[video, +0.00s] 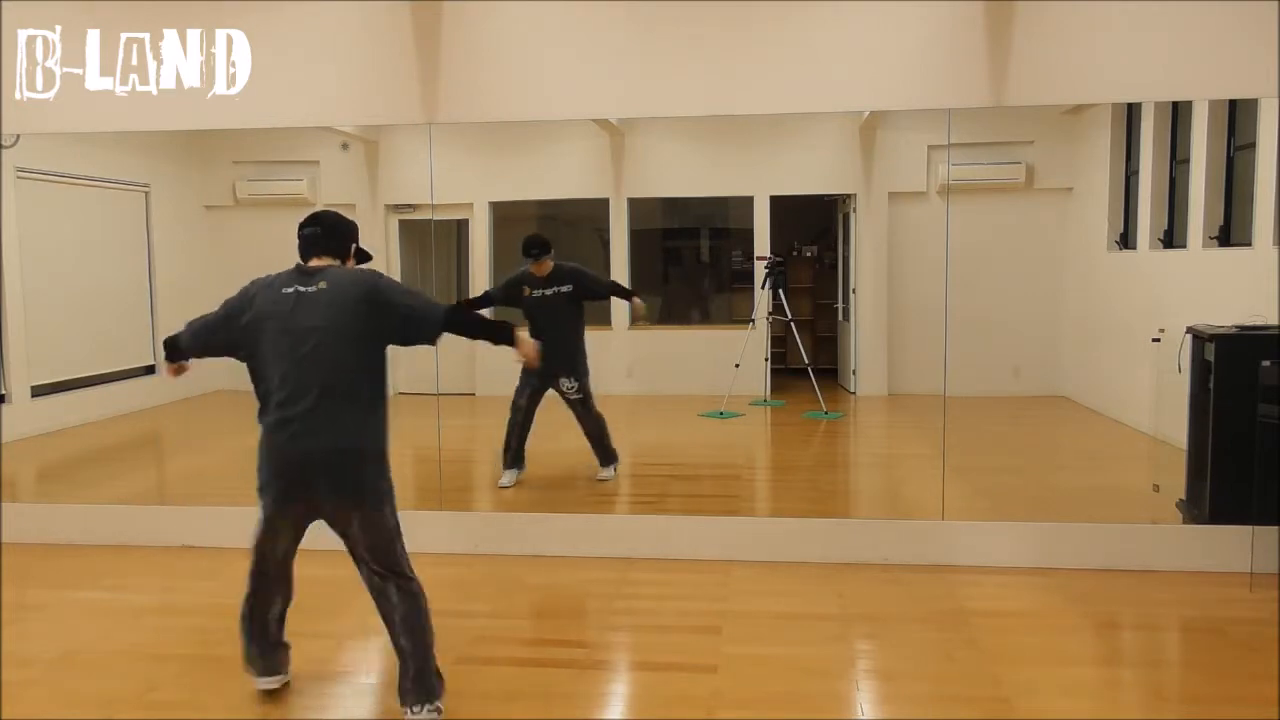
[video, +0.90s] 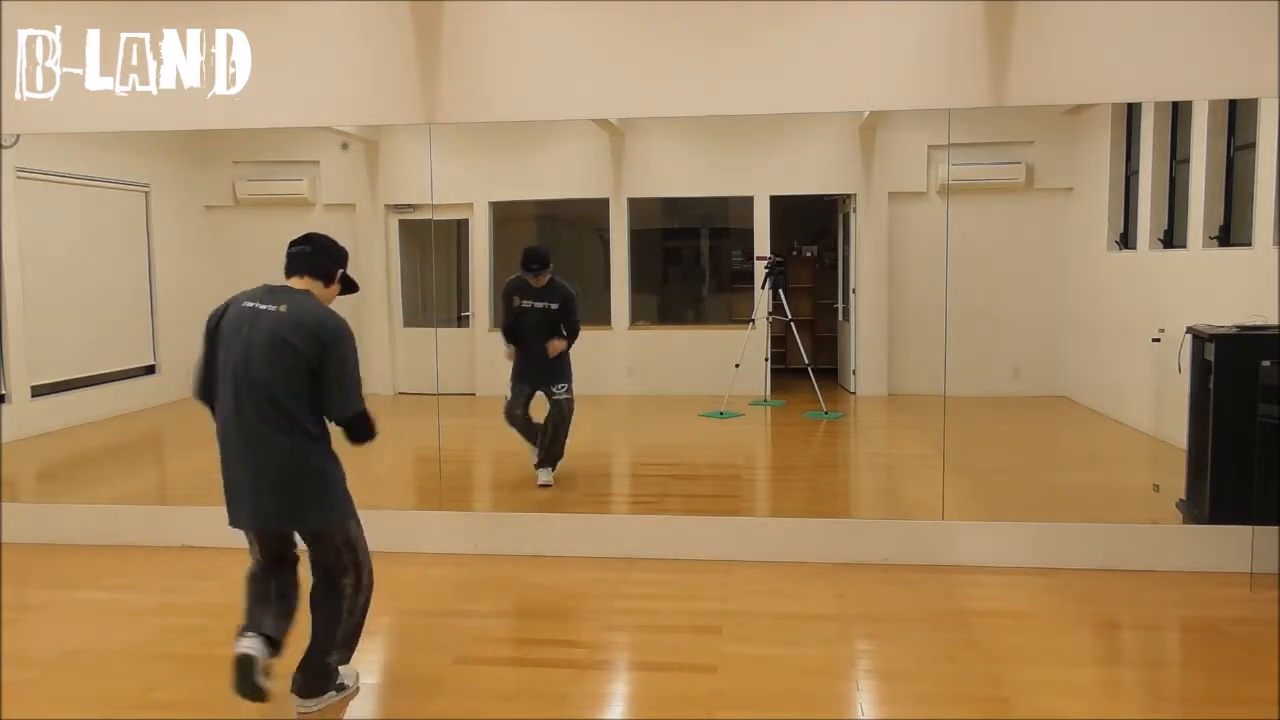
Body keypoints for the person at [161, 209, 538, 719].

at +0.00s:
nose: (355, 262)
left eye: (353, 257)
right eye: (355, 256)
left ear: (300, 253)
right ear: (348, 255)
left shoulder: (260, 295)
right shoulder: (367, 286)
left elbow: (199, 333)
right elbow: (444, 316)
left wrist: (174, 353)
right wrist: (511, 336)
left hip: (284, 465)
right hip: (355, 463)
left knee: (271, 558)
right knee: (391, 576)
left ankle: (266, 665)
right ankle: (422, 698)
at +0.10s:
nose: (366, 268)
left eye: (365, 263)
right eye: (365, 261)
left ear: (309, 259)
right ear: (358, 260)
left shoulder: (271, 306)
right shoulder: (382, 299)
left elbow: (224, 358)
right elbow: (457, 345)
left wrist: (188, 381)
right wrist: (527, 374)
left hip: (302, 469)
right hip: (374, 468)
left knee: (305, 562)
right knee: (388, 581)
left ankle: (304, 660)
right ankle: (418, 709)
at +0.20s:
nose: (371, 271)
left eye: (369, 266)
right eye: (372, 265)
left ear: (315, 260)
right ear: (365, 263)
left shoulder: (277, 309)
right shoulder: (382, 305)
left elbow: (224, 399)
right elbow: (431, 378)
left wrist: (248, 437)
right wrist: (463, 427)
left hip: (308, 484)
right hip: (375, 482)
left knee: (327, 580)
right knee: (395, 588)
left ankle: (322, 690)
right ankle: (410, 701)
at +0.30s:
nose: (374, 270)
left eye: (374, 264)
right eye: (376, 263)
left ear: (319, 256)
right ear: (369, 260)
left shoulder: (275, 310)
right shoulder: (380, 307)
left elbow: (264, 407)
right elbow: (392, 403)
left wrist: (301, 445)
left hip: (304, 489)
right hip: (371, 483)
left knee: (319, 603)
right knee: (406, 588)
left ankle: (328, 711)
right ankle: (404, 693)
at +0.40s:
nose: (379, 265)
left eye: (379, 258)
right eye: (379, 257)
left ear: (322, 251)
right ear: (369, 253)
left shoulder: (275, 297)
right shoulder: (377, 290)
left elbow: (268, 383)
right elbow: (384, 374)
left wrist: (319, 371)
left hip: (284, 470)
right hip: (351, 465)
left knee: (305, 601)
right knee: (396, 561)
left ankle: (324, 711)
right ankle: (369, 668)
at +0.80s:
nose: (351, 295)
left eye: (354, 286)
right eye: (354, 284)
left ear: (306, 265)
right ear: (344, 274)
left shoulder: (256, 301)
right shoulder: (341, 313)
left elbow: (247, 380)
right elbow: (347, 404)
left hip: (251, 476)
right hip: (317, 475)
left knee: (289, 582)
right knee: (340, 579)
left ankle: (302, 668)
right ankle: (325, 670)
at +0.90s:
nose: (336, 295)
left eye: (338, 286)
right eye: (338, 285)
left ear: (290, 270)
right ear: (329, 278)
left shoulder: (230, 310)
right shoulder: (326, 324)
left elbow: (207, 388)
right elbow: (344, 407)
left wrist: (245, 424)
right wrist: (363, 425)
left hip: (243, 474)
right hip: (306, 474)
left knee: (272, 560)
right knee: (345, 569)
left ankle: (256, 638)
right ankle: (317, 680)